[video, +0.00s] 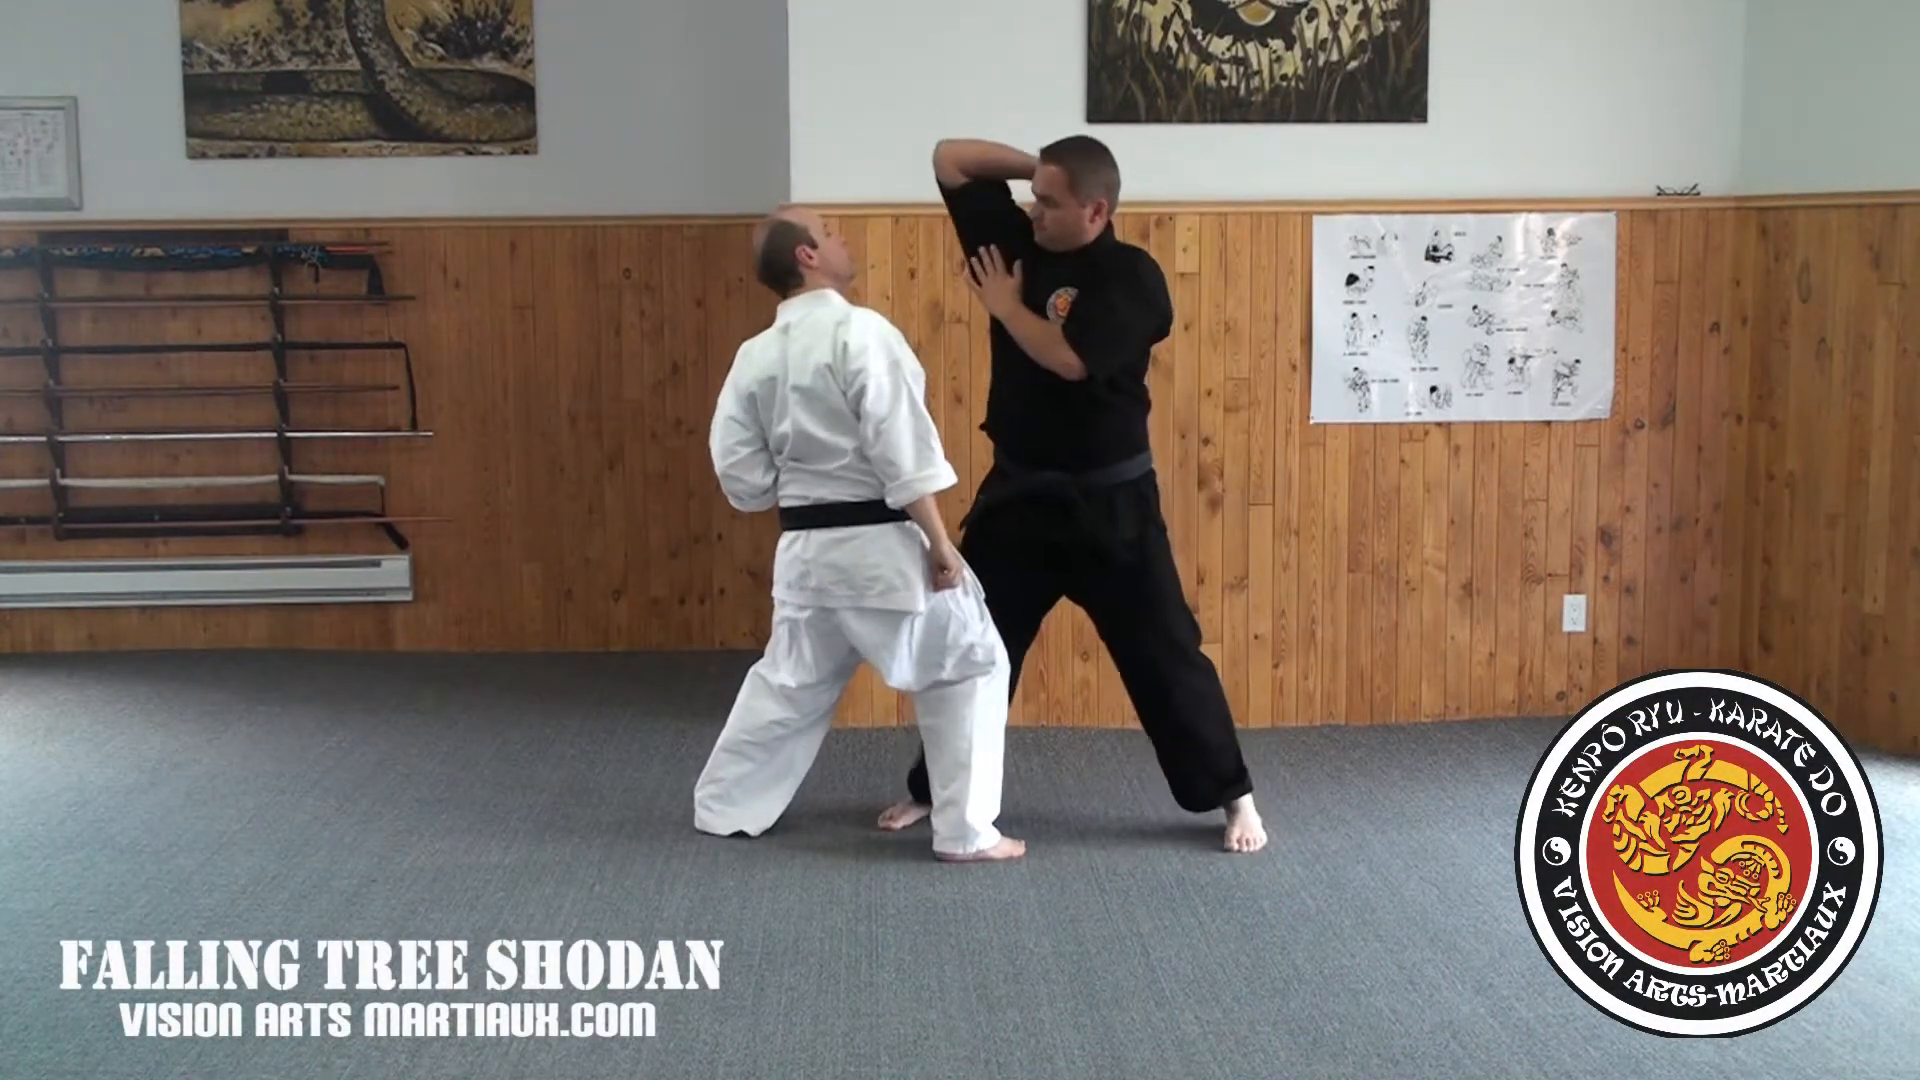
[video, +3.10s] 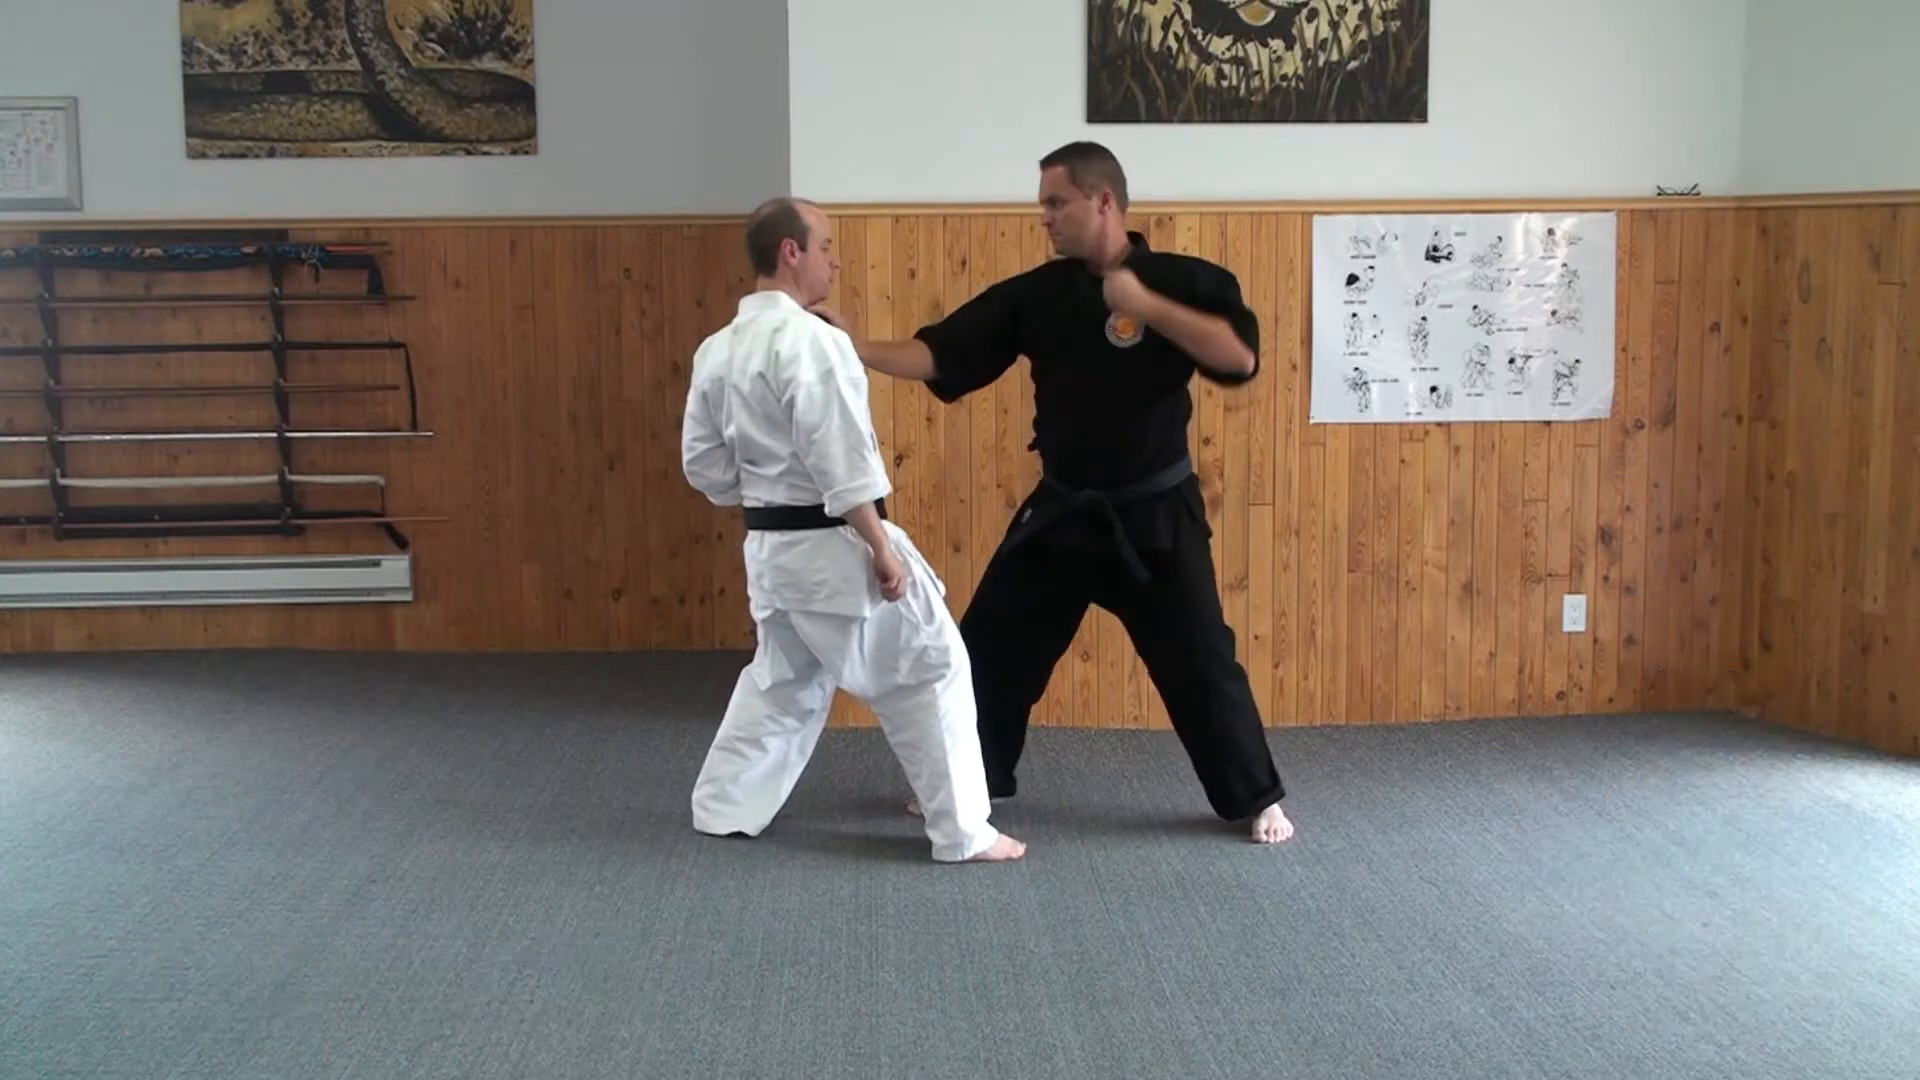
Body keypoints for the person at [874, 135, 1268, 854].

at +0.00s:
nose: (1034, 208)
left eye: (1049, 201)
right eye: (1035, 195)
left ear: (1094, 212)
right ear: (1035, 192)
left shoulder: (1133, 279)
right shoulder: (1011, 249)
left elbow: (1069, 357)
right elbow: (949, 161)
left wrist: (1006, 308)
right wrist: (1043, 166)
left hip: (1112, 500)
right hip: (1018, 493)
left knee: (1167, 650)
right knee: (966, 646)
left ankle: (1235, 797)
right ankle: (930, 794)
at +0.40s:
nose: (1006, 244)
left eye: (1016, 233)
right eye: (1005, 231)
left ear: (1064, 235)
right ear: (1024, 231)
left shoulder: (1115, 302)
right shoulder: (1003, 279)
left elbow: (1050, 389)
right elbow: (922, 203)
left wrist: (990, 337)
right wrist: (1008, 193)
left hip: (1109, 524)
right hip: (1017, 519)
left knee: (1168, 672)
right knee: (954, 656)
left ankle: (1249, 802)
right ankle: (914, 788)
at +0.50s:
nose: (1000, 252)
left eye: (1012, 242)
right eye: (998, 239)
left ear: (1060, 245)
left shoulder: (1113, 313)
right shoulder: (995, 303)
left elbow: (1055, 406)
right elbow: (890, 268)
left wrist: (988, 359)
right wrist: (977, 233)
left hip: (1108, 537)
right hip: (1014, 534)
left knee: (1165, 682)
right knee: (939, 658)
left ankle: (1246, 804)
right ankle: (914, 790)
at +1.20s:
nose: (1038, 242)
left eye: (1049, 230)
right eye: (1035, 229)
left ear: (1100, 231)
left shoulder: (1158, 304)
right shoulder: (1033, 301)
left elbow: (1133, 406)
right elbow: (947, 338)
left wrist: (1047, 364)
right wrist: (928, 298)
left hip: (1147, 525)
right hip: (1052, 520)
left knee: (1193, 669)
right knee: (982, 652)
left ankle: (1254, 800)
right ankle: (960, 786)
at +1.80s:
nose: (1037, 230)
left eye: (1047, 217)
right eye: (1035, 218)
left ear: (1096, 219)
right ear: (1085, 221)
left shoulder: (1140, 294)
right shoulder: (1055, 296)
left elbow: (1067, 383)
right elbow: (975, 359)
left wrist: (1006, 315)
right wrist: (890, 383)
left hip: (1135, 517)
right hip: (1055, 514)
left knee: (1170, 665)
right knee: (994, 654)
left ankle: (1254, 792)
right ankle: (963, 787)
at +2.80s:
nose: (1049, 242)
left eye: (1062, 228)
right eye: (1046, 229)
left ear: (1110, 229)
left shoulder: (1174, 308)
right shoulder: (1033, 307)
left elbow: (1173, 417)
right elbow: (922, 321)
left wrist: (1074, 384)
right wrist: (830, 317)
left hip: (1142, 530)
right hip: (1043, 526)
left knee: (1197, 669)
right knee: (973, 653)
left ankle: (1257, 796)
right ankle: (946, 785)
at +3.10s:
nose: (1045, 218)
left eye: (1057, 205)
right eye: (1043, 206)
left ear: (1107, 202)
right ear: (1057, 209)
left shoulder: (1184, 283)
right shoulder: (1034, 297)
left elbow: (1239, 359)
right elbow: (937, 354)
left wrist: (1149, 307)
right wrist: (849, 348)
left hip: (1157, 512)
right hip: (1059, 513)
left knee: (1200, 659)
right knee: (989, 646)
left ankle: (1259, 800)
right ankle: (962, 782)